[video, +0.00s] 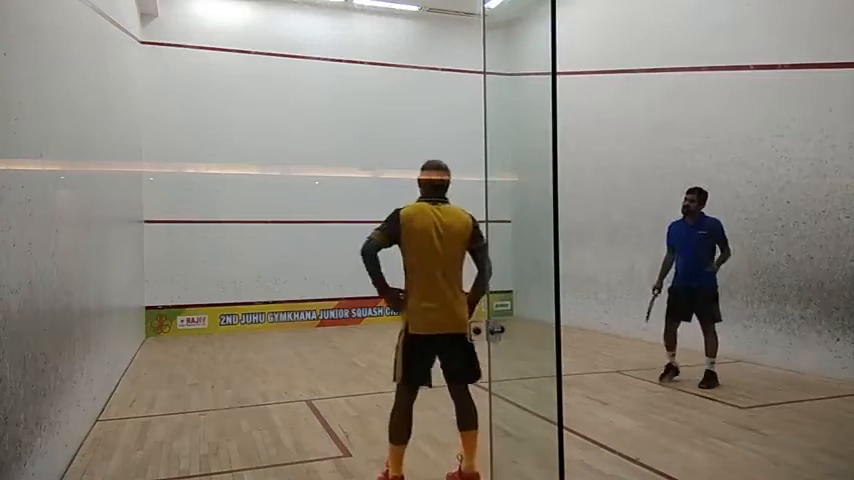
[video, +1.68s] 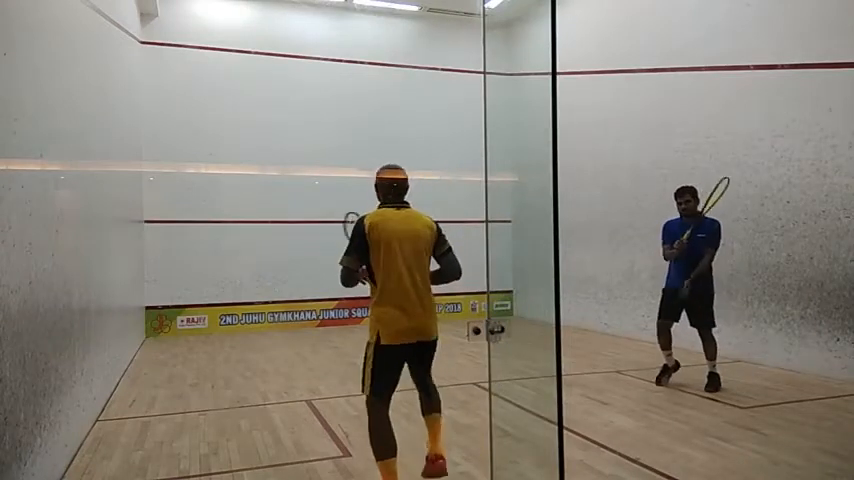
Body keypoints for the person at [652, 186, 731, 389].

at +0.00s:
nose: (686, 203)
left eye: (691, 201)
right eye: (685, 200)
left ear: (701, 205)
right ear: (683, 201)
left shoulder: (713, 226)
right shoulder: (675, 227)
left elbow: (725, 251)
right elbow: (670, 255)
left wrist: (715, 266)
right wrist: (660, 280)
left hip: (704, 286)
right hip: (680, 285)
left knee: (708, 328)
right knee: (670, 325)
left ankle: (710, 371)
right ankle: (671, 365)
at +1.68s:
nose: (684, 206)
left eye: (688, 202)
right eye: (680, 203)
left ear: (697, 203)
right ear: (676, 206)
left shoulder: (711, 226)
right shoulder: (670, 226)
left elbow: (708, 259)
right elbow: (666, 255)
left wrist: (690, 279)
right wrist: (676, 250)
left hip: (700, 286)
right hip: (674, 284)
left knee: (704, 331)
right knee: (662, 326)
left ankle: (712, 373)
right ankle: (670, 363)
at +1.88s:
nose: (666, 209)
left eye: (670, 205)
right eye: (663, 206)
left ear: (681, 203)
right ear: (662, 207)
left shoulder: (699, 225)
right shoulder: (659, 229)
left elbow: (697, 257)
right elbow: (664, 256)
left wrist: (670, 264)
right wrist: (679, 244)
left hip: (692, 286)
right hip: (667, 284)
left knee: (701, 330)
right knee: (650, 324)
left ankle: (712, 373)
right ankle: (657, 368)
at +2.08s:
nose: (637, 214)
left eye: (640, 210)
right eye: (635, 210)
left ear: (653, 209)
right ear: (635, 212)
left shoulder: (672, 227)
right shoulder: (636, 235)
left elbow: (673, 261)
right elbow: (637, 262)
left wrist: (649, 282)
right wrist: (665, 263)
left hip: (679, 289)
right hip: (654, 290)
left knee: (692, 332)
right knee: (643, 331)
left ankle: (710, 372)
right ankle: (638, 379)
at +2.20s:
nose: (617, 213)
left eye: (621, 209)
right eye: (618, 209)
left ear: (632, 210)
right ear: (630, 211)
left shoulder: (650, 230)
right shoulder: (626, 237)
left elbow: (661, 260)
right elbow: (612, 264)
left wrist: (664, 288)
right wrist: (589, 284)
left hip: (664, 286)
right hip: (644, 289)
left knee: (674, 334)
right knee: (635, 330)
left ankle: (705, 366)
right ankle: (636, 378)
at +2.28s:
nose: (611, 212)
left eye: (614, 208)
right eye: (612, 208)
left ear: (624, 210)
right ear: (622, 210)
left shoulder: (641, 229)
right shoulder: (622, 235)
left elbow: (655, 257)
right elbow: (607, 257)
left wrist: (668, 284)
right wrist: (589, 272)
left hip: (656, 291)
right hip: (638, 292)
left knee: (661, 335)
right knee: (632, 330)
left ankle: (700, 364)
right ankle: (636, 378)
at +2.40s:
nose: (601, 208)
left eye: (604, 204)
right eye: (602, 204)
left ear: (613, 206)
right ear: (617, 206)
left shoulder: (624, 227)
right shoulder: (618, 226)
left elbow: (639, 254)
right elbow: (635, 256)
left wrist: (656, 274)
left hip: (638, 290)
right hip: (629, 289)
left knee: (633, 332)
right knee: (626, 331)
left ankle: (676, 366)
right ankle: (635, 378)